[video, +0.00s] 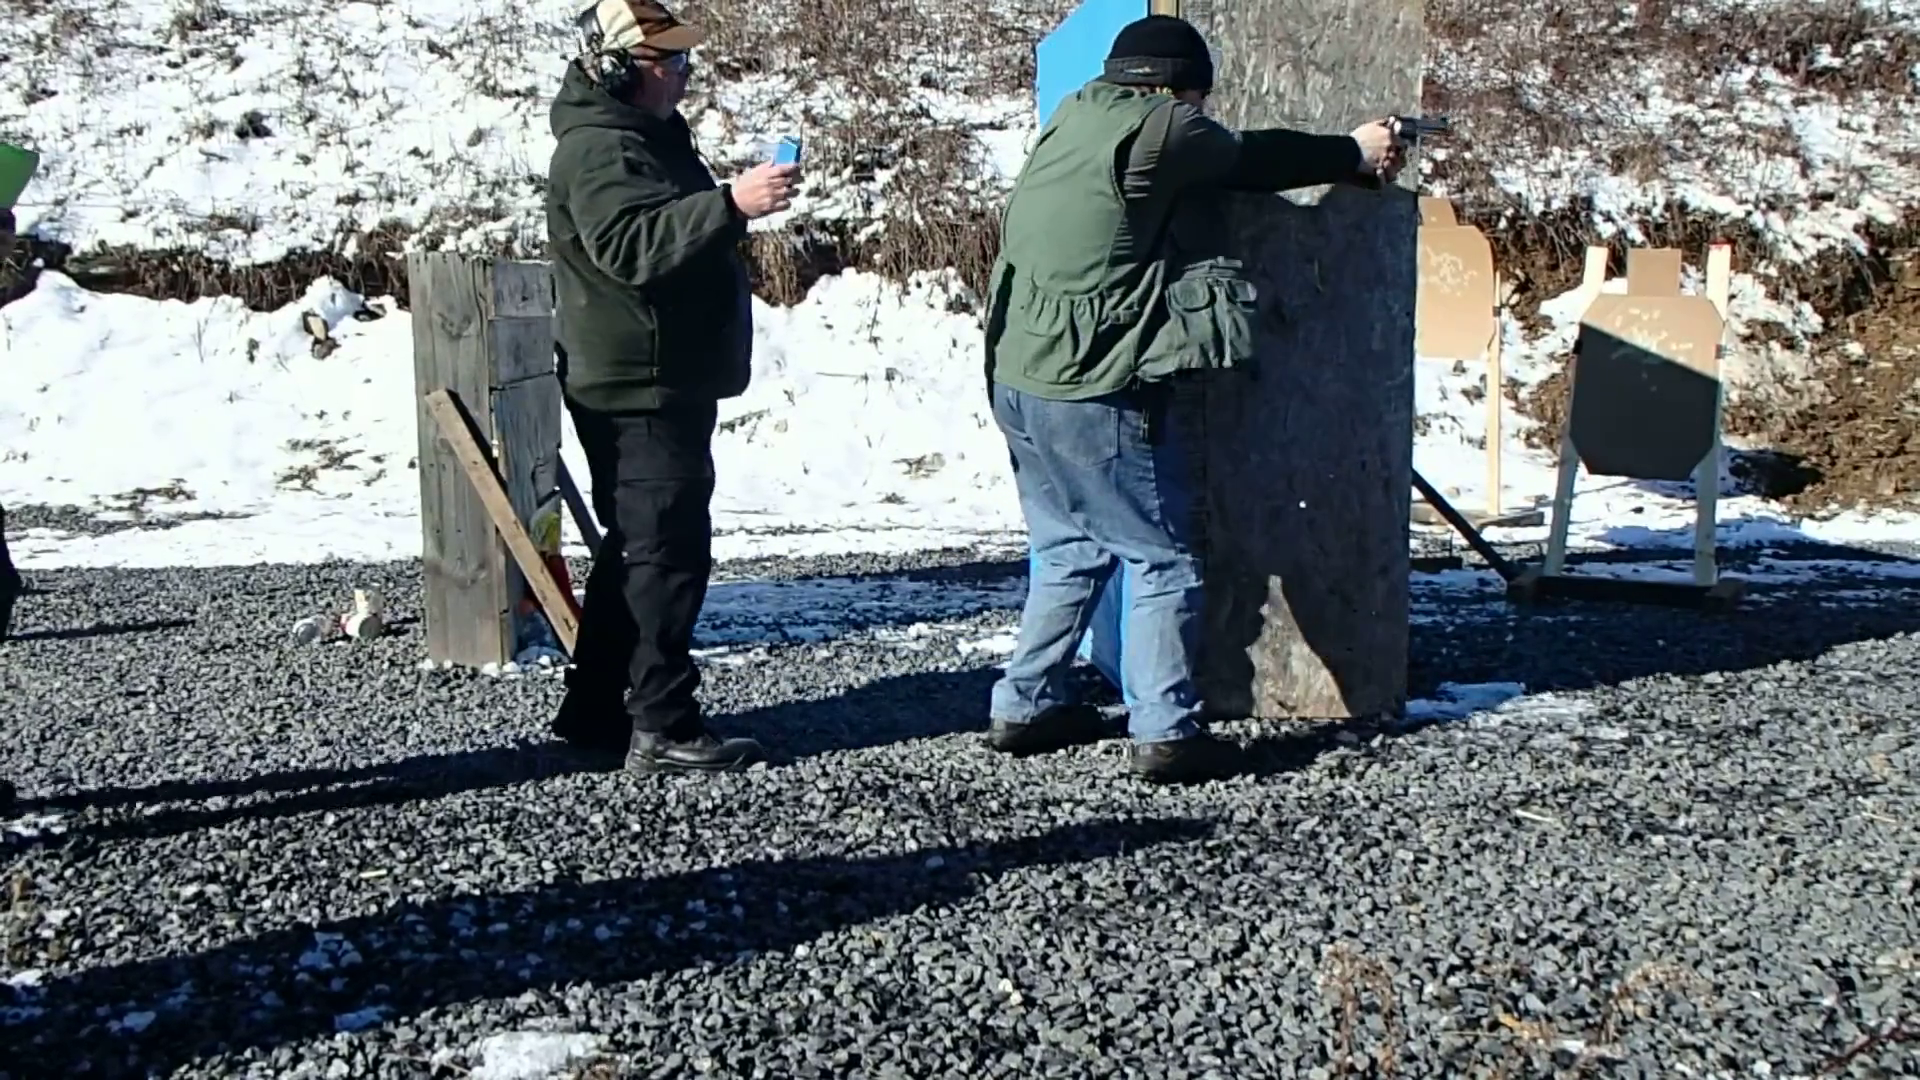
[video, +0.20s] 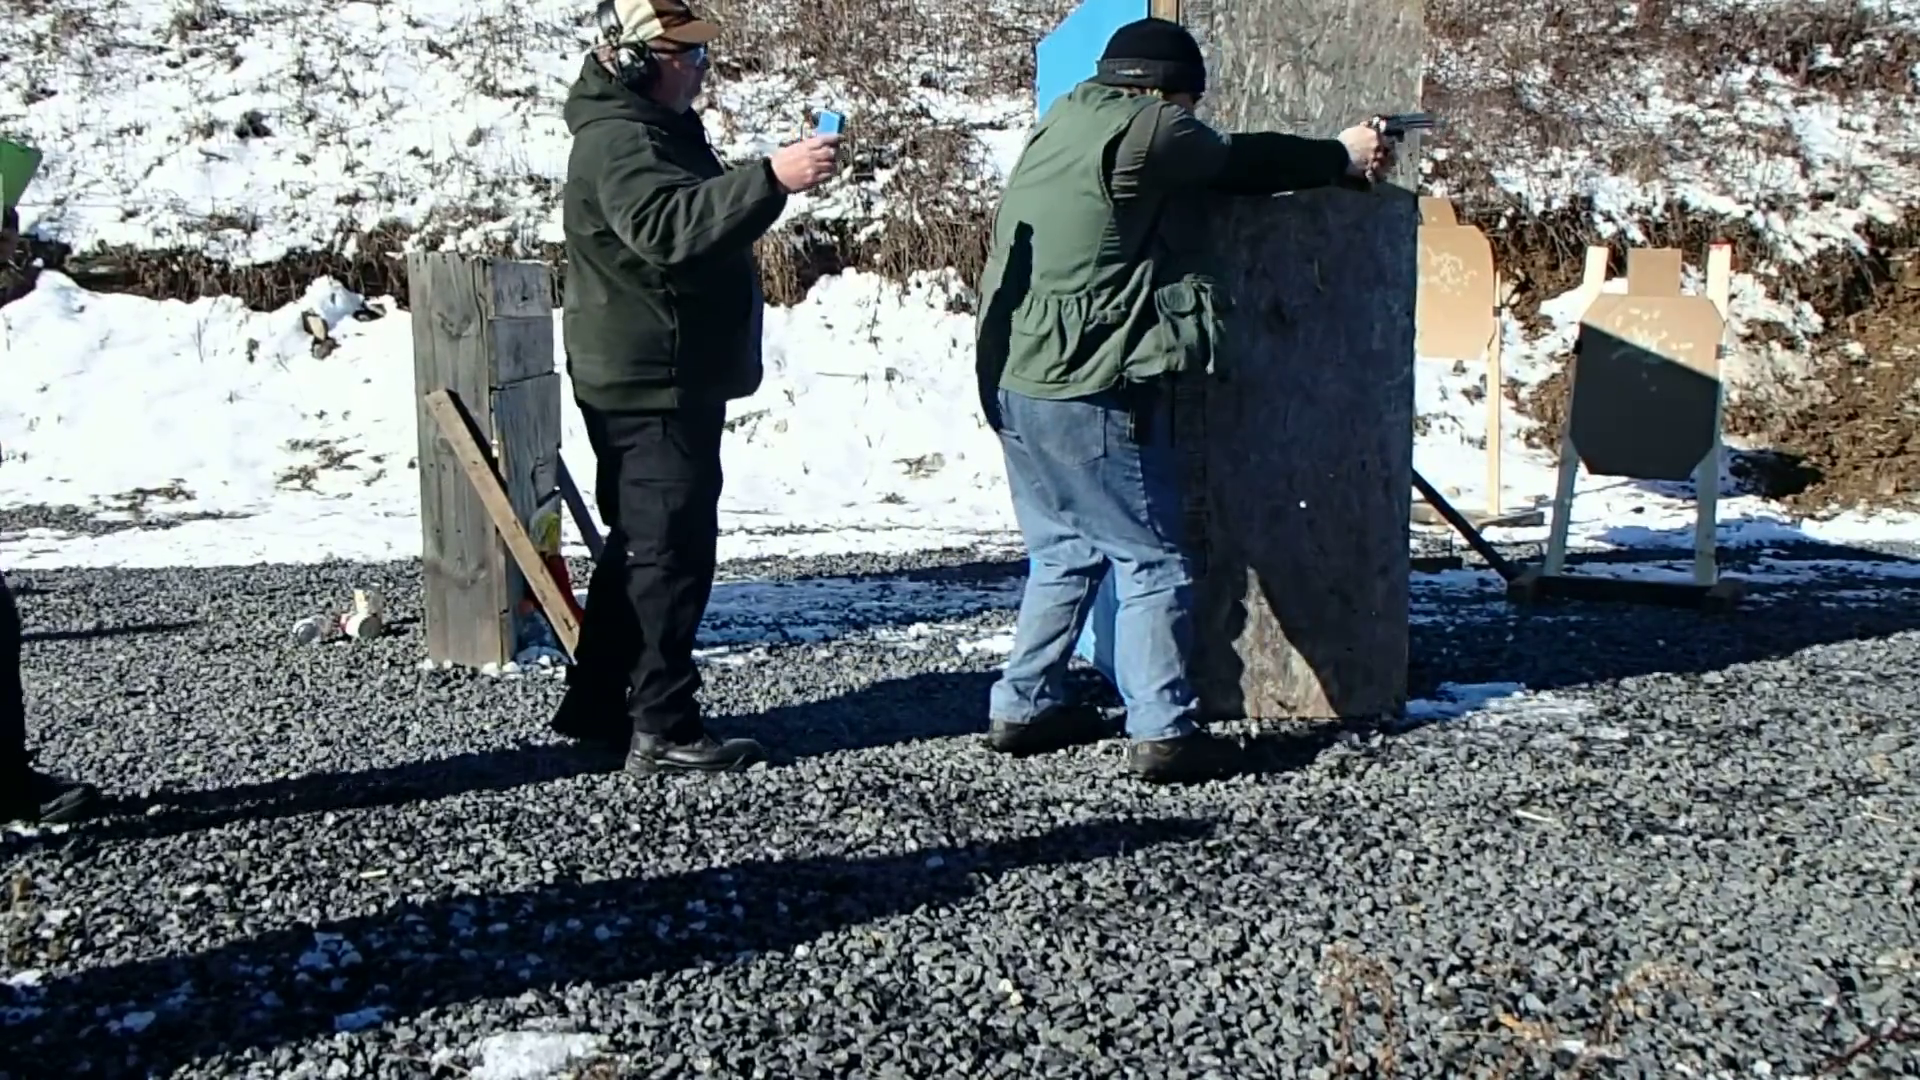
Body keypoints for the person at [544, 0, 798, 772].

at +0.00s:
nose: (685, 74)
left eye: (683, 61)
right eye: (675, 62)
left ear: (633, 67)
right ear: (637, 69)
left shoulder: (636, 134)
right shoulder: (601, 143)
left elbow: (657, 235)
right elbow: (634, 249)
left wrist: (736, 200)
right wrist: (732, 203)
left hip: (651, 383)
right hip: (640, 389)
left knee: (634, 545)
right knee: (666, 552)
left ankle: (596, 711)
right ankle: (663, 729)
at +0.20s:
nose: (702, 69)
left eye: (701, 56)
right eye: (690, 56)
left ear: (645, 62)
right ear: (643, 61)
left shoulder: (657, 129)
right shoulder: (621, 137)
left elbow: (695, 220)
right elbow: (667, 231)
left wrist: (773, 173)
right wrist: (773, 177)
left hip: (662, 381)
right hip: (653, 386)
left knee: (640, 546)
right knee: (671, 552)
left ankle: (597, 708)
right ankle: (661, 729)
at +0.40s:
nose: (707, 66)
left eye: (707, 53)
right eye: (696, 52)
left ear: (649, 57)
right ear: (651, 56)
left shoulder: (663, 127)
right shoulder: (628, 135)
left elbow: (704, 220)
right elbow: (683, 224)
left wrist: (789, 172)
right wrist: (794, 175)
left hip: (671, 382)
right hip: (656, 386)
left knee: (644, 547)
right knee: (670, 554)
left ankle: (598, 706)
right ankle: (662, 731)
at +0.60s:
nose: (709, 64)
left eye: (708, 51)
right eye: (698, 50)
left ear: (644, 55)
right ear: (650, 55)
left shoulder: (654, 126)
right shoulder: (634, 134)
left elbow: (702, 224)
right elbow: (691, 226)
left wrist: (792, 180)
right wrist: (802, 182)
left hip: (664, 380)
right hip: (660, 385)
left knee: (644, 548)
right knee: (671, 556)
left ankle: (599, 705)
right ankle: (662, 730)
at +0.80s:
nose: (717, 63)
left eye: (716, 49)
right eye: (704, 48)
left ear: (650, 55)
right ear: (655, 53)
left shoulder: (654, 122)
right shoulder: (641, 132)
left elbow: (703, 223)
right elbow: (695, 226)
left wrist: (795, 192)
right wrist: (807, 183)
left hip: (657, 377)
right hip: (665, 384)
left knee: (643, 546)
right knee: (674, 555)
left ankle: (600, 704)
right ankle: (662, 731)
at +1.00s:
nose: (720, 63)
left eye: (720, 49)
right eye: (709, 48)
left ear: (658, 53)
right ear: (661, 51)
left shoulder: (666, 123)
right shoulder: (645, 130)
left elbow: (716, 221)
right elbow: (700, 226)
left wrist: (808, 190)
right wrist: (812, 185)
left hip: (669, 378)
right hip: (666, 383)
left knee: (645, 546)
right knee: (675, 554)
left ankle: (600, 702)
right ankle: (662, 731)